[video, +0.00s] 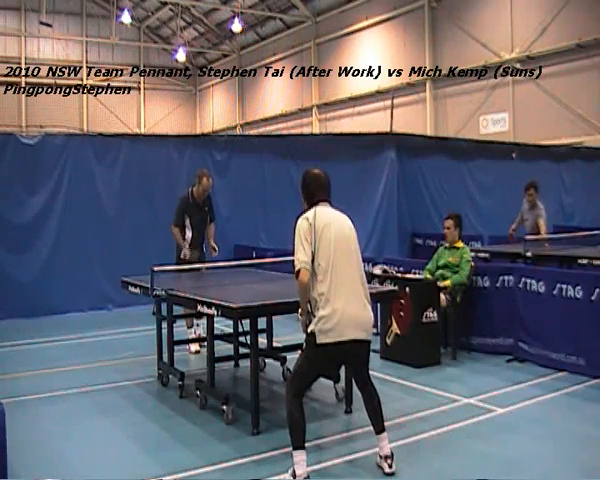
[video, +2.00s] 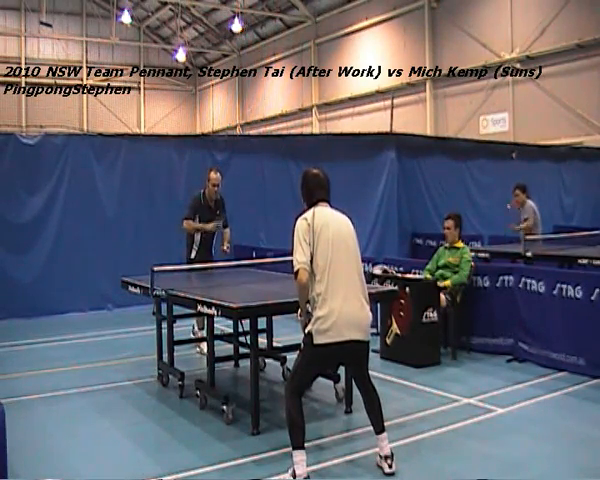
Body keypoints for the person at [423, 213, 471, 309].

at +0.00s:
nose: (445, 232)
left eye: (448, 228)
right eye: (444, 228)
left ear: (457, 230)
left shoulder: (464, 251)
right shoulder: (442, 249)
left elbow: (463, 277)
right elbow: (430, 268)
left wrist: (445, 283)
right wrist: (428, 277)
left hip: (453, 285)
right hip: (436, 282)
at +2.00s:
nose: (445, 232)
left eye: (448, 229)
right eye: (444, 229)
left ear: (457, 230)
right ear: (443, 230)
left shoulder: (464, 251)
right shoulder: (442, 249)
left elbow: (463, 276)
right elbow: (430, 267)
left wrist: (446, 283)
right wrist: (428, 277)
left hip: (452, 284)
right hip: (436, 281)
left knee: (442, 298)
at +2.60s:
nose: (445, 232)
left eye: (448, 229)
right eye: (444, 229)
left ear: (457, 230)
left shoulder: (464, 251)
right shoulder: (442, 249)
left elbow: (463, 276)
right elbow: (430, 267)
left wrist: (446, 283)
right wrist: (428, 276)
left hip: (453, 285)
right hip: (436, 281)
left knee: (441, 298)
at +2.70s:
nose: (445, 232)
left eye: (448, 229)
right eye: (444, 229)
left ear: (457, 230)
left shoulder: (464, 251)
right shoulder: (442, 249)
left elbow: (463, 276)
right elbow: (430, 267)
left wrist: (446, 283)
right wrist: (428, 276)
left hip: (453, 285)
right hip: (436, 282)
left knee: (441, 298)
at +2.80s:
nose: (445, 232)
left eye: (448, 229)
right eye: (444, 229)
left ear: (457, 230)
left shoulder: (464, 251)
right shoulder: (442, 249)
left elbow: (463, 276)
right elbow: (430, 267)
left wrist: (446, 283)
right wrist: (428, 276)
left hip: (453, 284)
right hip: (436, 281)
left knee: (442, 297)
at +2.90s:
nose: (445, 232)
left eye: (448, 229)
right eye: (444, 229)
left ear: (457, 230)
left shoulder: (464, 251)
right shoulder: (442, 249)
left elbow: (463, 276)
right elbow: (429, 268)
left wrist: (446, 283)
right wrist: (429, 278)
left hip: (453, 285)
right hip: (436, 281)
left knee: (442, 298)